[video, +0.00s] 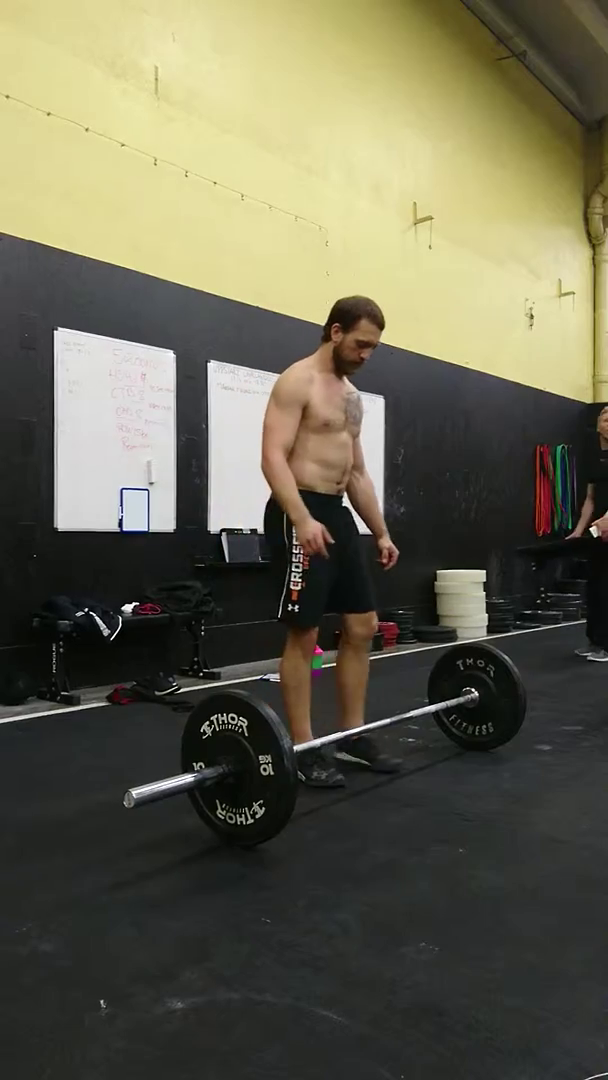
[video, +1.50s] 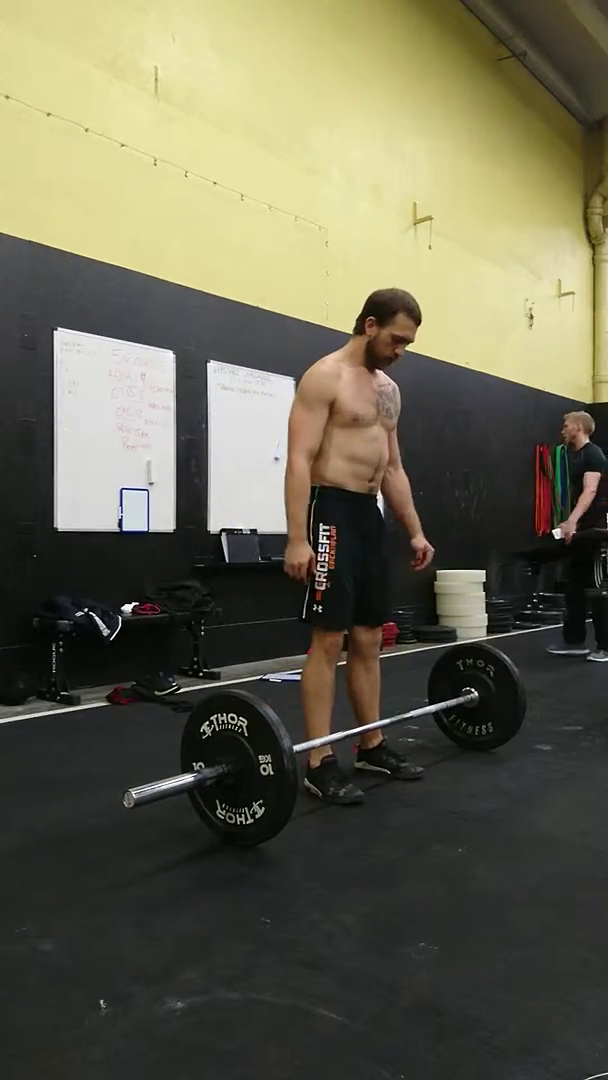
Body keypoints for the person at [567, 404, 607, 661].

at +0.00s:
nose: (605, 422)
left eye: (607, 418)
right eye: (603, 418)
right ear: (597, 424)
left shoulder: (601, 456)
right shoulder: (594, 455)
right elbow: (591, 498)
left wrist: (603, 522)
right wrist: (578, 531)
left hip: (604, 538)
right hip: (597, 536)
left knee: (600, 588)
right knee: (595, 587)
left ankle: (603, 645)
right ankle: (595, 642)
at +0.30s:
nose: (593, 426)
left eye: (595, 422)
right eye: (587, 422)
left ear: (599, 425)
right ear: (577, 427)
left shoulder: (605, 454)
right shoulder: (574, 459)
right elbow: (573, 501)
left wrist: (606, 521)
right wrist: (568, 534)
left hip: (604, 531)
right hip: (585, 533)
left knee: (602, 589)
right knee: (588, 587)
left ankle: (605, 646)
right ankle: (592, 642)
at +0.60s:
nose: (569, 427)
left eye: (574, 423)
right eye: (568, 424)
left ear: (589, 425)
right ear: (569, 428)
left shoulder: (603, 453)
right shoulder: (572, 457)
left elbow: (607, 493)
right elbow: (564, 497)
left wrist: (606, 519)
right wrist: (552, 531)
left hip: (600, 532)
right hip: (580, 533)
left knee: (600, 587)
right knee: (586, 587)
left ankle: (604, 644)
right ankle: (590, 641)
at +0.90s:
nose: (557, 433)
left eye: (560, 428)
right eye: (556, 429)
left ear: (576, 429)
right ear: (570, 431)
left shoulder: (599, 455)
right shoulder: (568, 461)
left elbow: (607, 492)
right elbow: (563, 501)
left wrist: (605, 520)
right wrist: (550, 535)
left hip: (599, 532)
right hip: (579, 533)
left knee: (598, 587)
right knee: (586, 587)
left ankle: (603, 645)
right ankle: (591, 642)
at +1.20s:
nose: (558, 434)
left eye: (561, 429)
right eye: (558, 430)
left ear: (574, 430)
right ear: (572, 431)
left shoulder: (597, 453)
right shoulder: (573, 460)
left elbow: (605, 488)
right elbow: (569, 502)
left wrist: (603, 518)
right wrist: (558, 534)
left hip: (598, 531)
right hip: (580, 532)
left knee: (598, 586)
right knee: (585, 586)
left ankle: (604, 645)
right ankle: (591, 641)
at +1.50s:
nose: (562, 430)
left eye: (566, 426)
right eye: (563, 426)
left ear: (580, 429)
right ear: (577, 429)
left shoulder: (593, 453)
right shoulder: (571, 454)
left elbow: (590, 491)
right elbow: (573, 492)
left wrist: (572, 520)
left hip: (595, 530)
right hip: (579, 530)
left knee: (597, 587)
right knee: (574, 584)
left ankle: (603, 645)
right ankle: (574, 640)